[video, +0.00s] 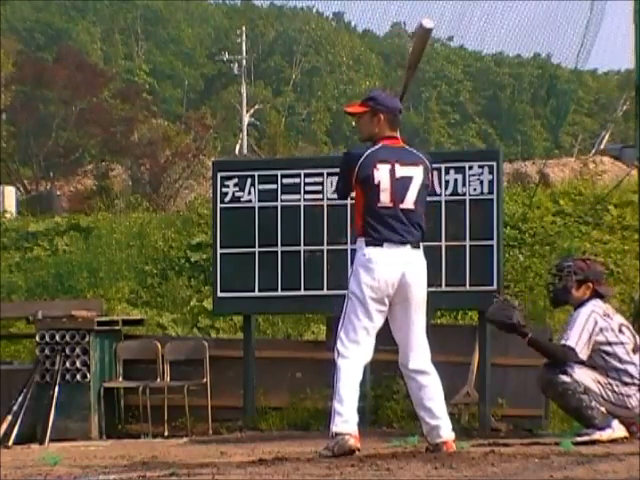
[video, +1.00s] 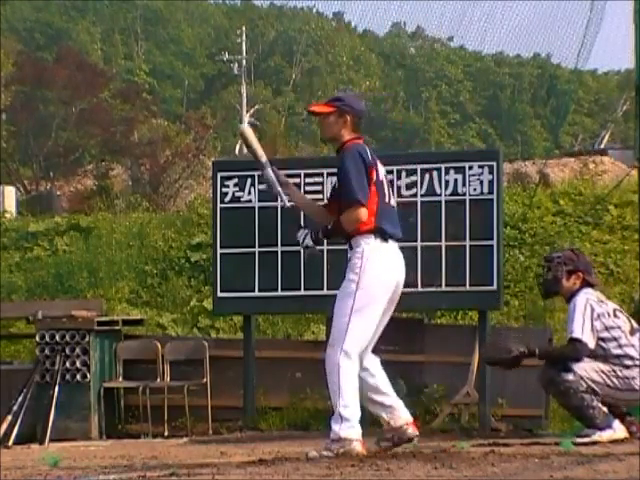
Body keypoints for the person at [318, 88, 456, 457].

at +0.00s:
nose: (357, 123)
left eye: (362, 118)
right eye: (358, 117)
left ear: (380, 120)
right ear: (391, 122)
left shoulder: (358, 157)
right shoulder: (421, 160)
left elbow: (341, 192)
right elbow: (417, 194)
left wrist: (377, 169)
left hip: (375, 260)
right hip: (414, 261)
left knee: (352, 348)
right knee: (417, 354)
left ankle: (344, 432)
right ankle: (442, 435)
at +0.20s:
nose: (358, 123)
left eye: (363, 117)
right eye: (359, 117)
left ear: (381, 120)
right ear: (393, 121)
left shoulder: (360, 155)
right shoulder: (424, 157)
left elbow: (339, 189)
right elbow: (443, 178)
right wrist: (415, 142)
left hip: (379, 260)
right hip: (418, 261)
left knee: (354, 347)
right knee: (420, 353)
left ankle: (343, 428)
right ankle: (442, 435)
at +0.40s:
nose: (357, 124)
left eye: (362, 119)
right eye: (358, 118)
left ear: (380, 121)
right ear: (393, 122)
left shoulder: (358, 155)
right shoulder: (423, 161)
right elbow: (429, 184)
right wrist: (402, 142)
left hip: (376, 261)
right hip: (415, 261)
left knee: (353, 348)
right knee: (419, 352)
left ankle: (344, 431)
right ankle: (442, 435)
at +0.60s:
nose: (352, 125)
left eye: (357, 119)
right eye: (353, 118)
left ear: (375, 121)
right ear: (385, 123)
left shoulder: (358, 154)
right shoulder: (417, 159)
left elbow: (334, 196)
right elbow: (416, 196)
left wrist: (361, 165)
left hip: (377, 260)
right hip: (413, 260)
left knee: (350, 349)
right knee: (416, 355)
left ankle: (345, 433)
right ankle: (442, 435)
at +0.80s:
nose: (340, 123)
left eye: (346, 118)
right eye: (341, 117)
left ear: (366, 121)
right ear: (371, 123)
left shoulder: (359, 156)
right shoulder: (398, 157)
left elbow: (332, 214)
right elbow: (367, 195)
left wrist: (316, 202)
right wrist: (332, 170)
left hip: (375, 261)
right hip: (406, 261)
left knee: (341, 351)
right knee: (404, 356)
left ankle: (348, 437)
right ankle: (440, 436)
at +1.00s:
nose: (320, 122)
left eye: (325, 116)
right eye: (320, 117)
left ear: (345, 120)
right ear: (346, 121)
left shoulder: (351, 153)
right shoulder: (362, 155)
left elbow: (360, 217)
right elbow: (328, 215)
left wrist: (328, 229)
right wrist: (289, 190)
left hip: (370, 257)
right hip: (390, 257)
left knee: (340, 350)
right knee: (358, 350)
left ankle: (346, 437)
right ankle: (400, 423)